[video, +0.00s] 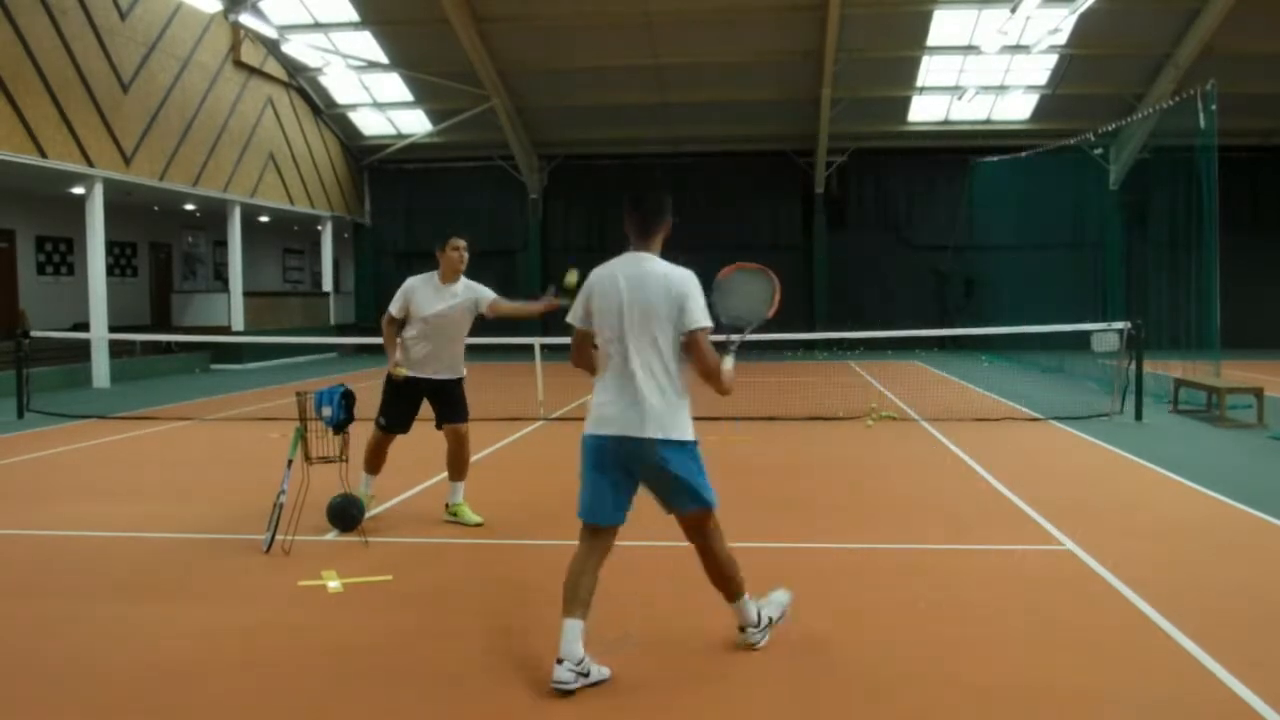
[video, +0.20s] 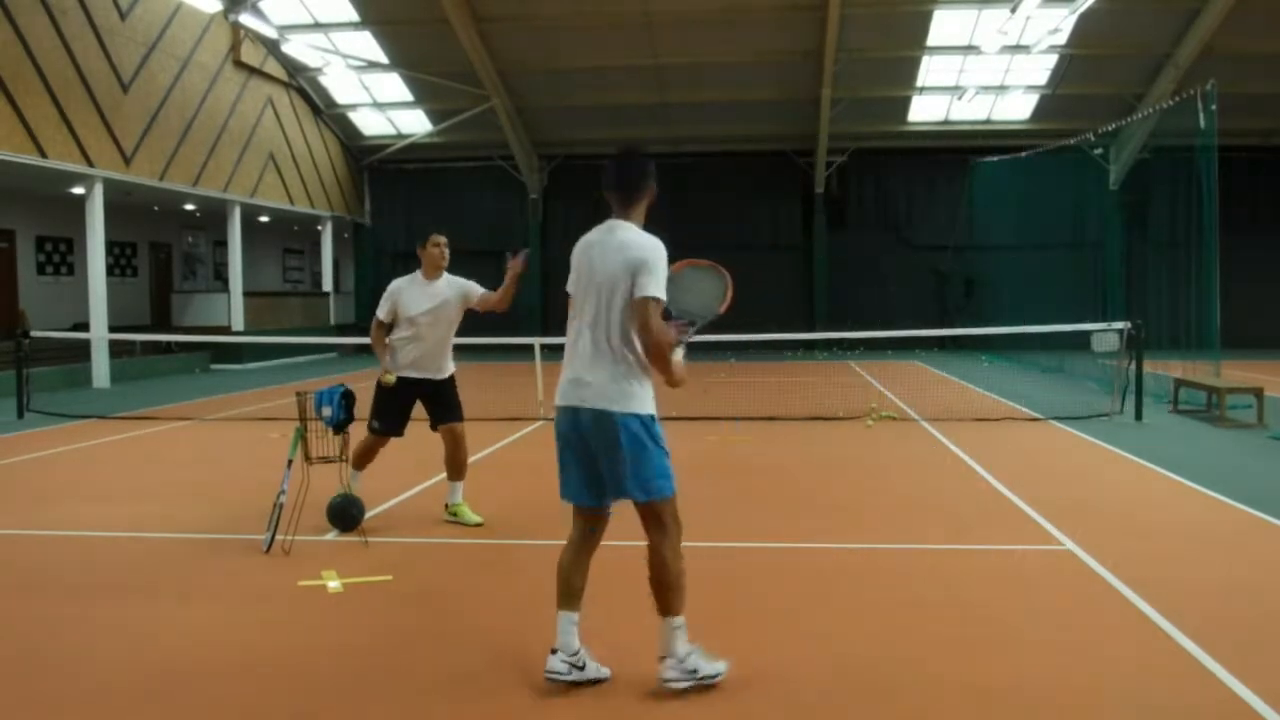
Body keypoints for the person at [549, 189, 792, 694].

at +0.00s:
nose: (666, 233)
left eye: (653, 223)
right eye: (667, 225)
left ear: (626, 226)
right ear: (666, 228)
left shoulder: (597, 278)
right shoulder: (679, 280)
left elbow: (581, 355)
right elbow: (701, 354)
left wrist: (624, 373)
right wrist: (722, 379)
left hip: (605, 432)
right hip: (663, 432)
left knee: (592, 543)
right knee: (704, 532)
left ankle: (569, 659)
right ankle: (750, 618)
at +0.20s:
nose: (650, 198)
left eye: (635, 190)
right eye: (652, 191)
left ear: (607, 191)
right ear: (651, 192)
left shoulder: (584, 244)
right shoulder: (646, 247)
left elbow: (576, 317)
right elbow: (650, 330)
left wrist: (648, 332)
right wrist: (670, 369)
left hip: (573, 407)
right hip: (624, 411)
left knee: (586, 525)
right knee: (664, 526)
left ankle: (565, 650)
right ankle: (676, 654)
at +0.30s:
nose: (644, 204)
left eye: (637, 194)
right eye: (644, 196)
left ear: (599, 198)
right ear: (639, 199)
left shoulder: (575, 250)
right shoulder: (637, 251)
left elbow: (584, 329)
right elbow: (641, 338)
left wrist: (653, 331)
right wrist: (664, 376)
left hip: (564, 412)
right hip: (613, 417)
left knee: (582, 530)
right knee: (646, 538)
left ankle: (544, 652)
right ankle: (610, 668)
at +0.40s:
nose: (636, 217)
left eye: (629, 209)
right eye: (636, 210)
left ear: (591, 214)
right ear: (633, 214)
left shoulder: (571, 271)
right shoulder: (625, 277)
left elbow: (589, 353)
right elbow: (637, 363)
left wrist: (653, 350)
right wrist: (666, 398)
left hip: (560, 432)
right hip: (604, 440)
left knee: (587, 550)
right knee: (615, 564)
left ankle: (547, 656)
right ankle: (541, 682)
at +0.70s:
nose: (656, 244)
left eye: (654, 236)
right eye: (656, 236)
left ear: (610, 238)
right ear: (649, 239)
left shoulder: (601, 290)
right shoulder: (626, 295)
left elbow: (653, 364)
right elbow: (668, 376)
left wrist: (718, 346)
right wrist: (724, 384)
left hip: (594, 458)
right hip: (599, 462)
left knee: (649, 548)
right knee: (591, 591)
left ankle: (578, 658)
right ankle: (509, 706)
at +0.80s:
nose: (673, 242)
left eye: (671, 234)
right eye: (673, 234)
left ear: (633, 235)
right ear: (663, 236)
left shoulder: (650, 292)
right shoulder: (627, 289)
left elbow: (701, 340)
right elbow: (670, 344)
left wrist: (755, 315)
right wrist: (748, 345)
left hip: (628, 454)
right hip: (609, 454)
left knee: (656, 556)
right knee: (622, 578)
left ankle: (575, 657)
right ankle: (524, 695)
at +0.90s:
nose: (698, 245)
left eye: (698, 238)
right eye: (697, 236)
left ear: (672, 239)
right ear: (684, 237)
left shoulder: (684, 289)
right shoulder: (643, 288)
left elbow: (745, 328)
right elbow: (708, 318)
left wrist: (771, 294)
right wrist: (767, 298)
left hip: (640, 447)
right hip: (628, 448)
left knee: (655, 563)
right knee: (673, 570)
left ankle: (583, 653)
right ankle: (577, 671)